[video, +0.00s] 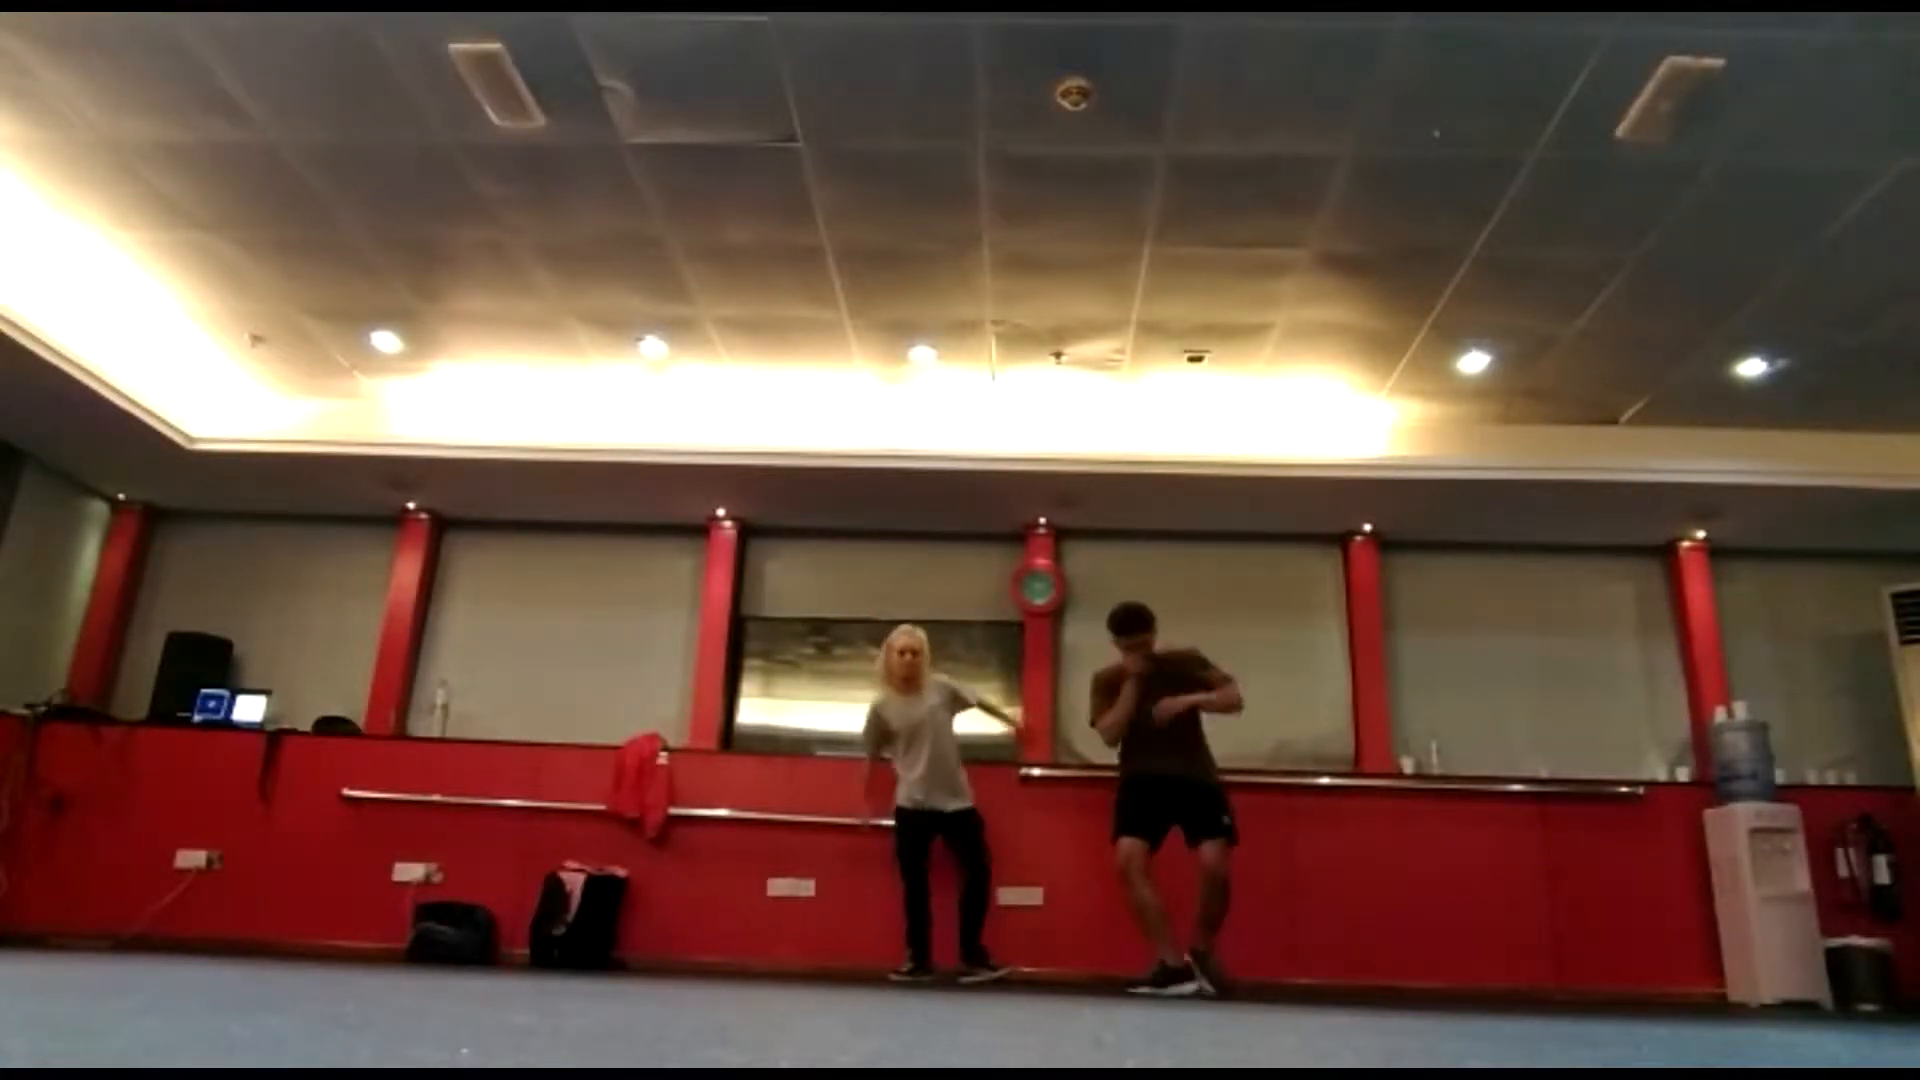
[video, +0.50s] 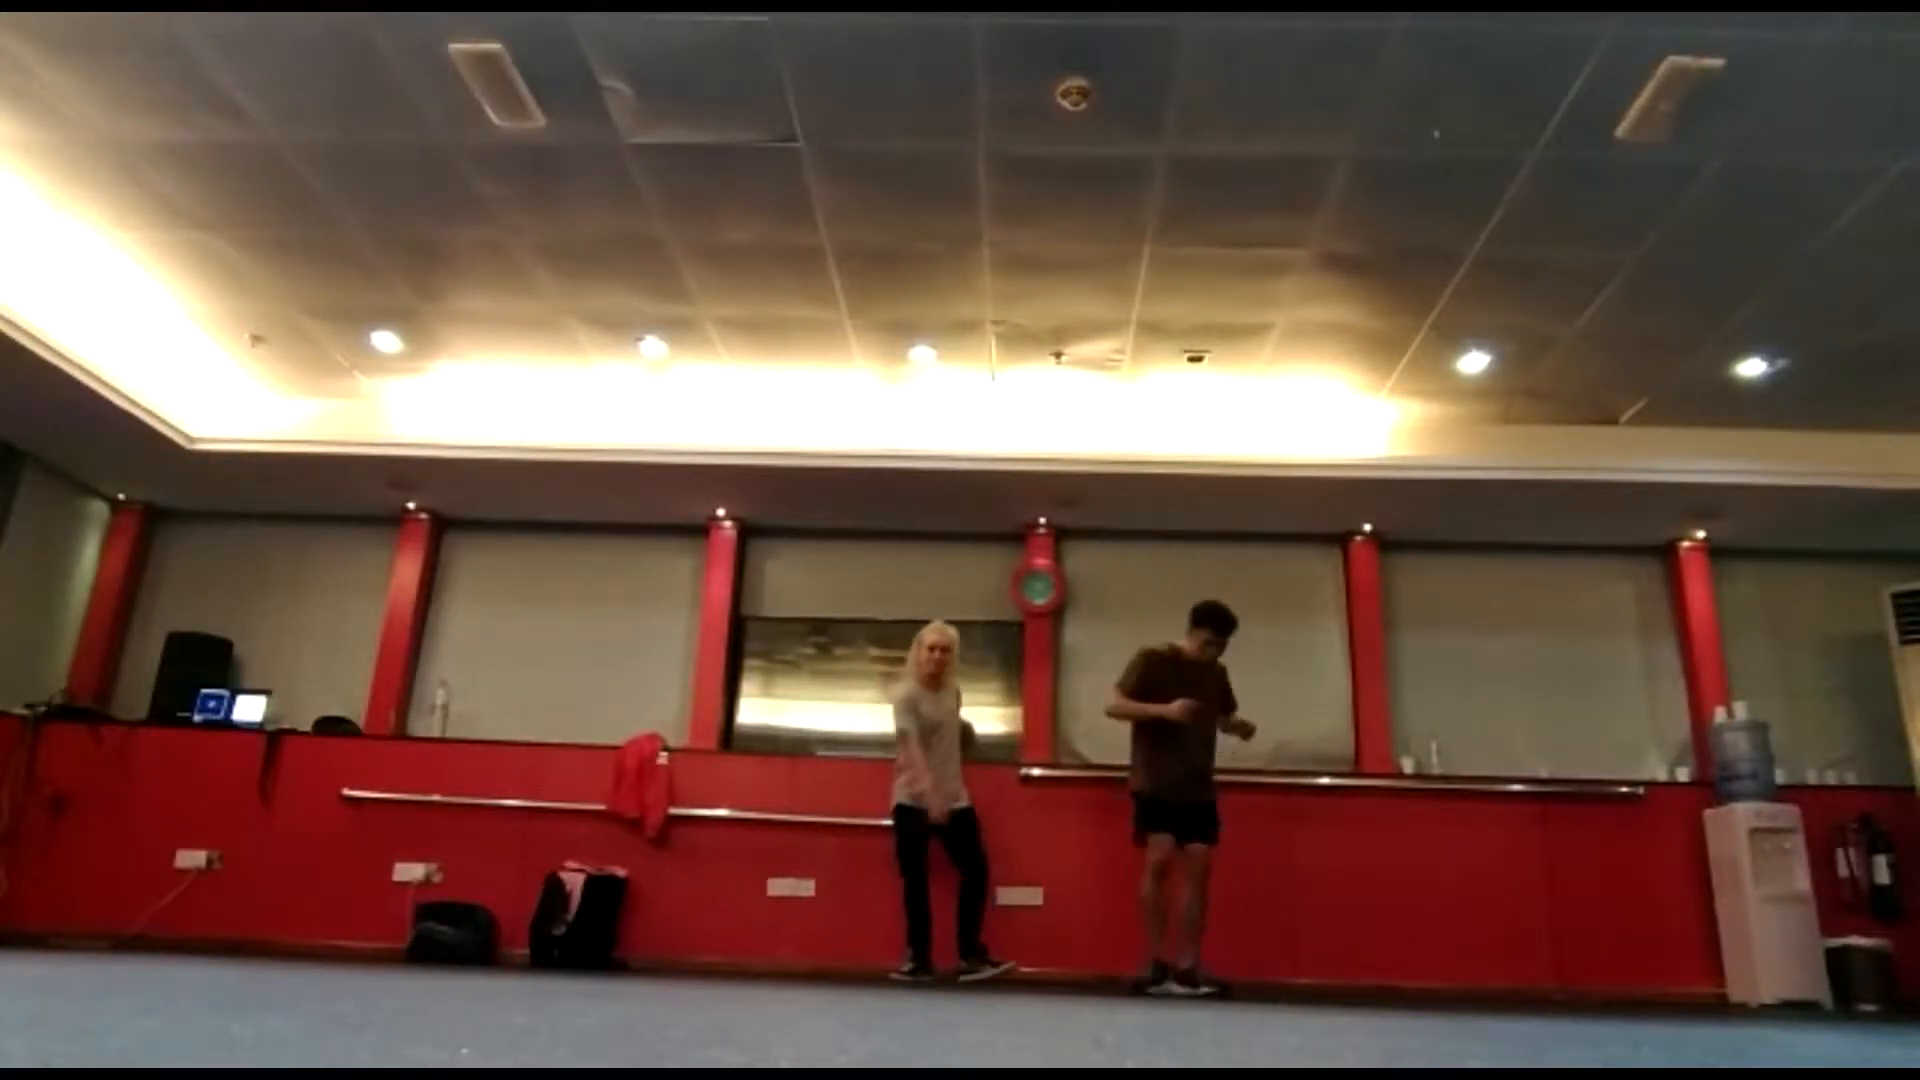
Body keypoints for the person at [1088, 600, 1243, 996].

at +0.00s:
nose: (1137, 655)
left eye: (1142, 645)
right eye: (1128, 647)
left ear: (1153, 637)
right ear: (1117, 644)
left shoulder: (1185, 664)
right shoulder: (1108, 680)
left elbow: (1233, 699)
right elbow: (1108, 733)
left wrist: (1185, 701)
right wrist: (1131, 684)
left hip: (1194, 779)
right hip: (1142, 782)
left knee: (1214, 862)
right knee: (1128, 861)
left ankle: (1203, 955)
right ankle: (1170, 962)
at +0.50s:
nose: (1211, 655)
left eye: (1217, 648)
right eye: (1208, 645)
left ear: (1222, 644)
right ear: (1193, 633)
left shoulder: (1214, 673)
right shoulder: (1151, 662)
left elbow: (1223, 718)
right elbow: (1115, 705)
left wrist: (1238, 727)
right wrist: (1165, 709)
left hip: (1197, 786)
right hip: (1155, 785)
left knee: (1197, 869)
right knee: (1158, 863)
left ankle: (1188, 965)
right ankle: (1155, 961)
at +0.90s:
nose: (1215, 655)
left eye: (1223, 648)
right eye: (1209, 645)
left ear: (1230, 653)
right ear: (1193, 645)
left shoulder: (1228, 703)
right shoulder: (1162, 674)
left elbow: (1226, 763)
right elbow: (1119, 715)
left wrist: (1249, 746)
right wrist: (1161, 719)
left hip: (1199, 795)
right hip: (1155, 790)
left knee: (1215, 877)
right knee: (1156, 860)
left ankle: (1190, 966)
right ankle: (1152, 961)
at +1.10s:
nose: (1185, 632)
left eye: (1192, 623)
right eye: (1177, 623)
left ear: (1207, 627)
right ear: (1167, 628)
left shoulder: (1226, 682)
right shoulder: (1147, 667)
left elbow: (1245, 743)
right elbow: (1111, 704)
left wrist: (1251, 728)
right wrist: (1132, 701)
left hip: (1196, 786)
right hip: (1146, 782)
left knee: (1196, 868)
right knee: (1133, 851)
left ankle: (1189, 966)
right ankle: (1128, 953)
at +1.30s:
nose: (1144, 639)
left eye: (1150, 629)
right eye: (1137, 632)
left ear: (1169, 630)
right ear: (1131, 639)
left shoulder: (1204, 681)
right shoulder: (1135, 684)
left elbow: (1235, 738)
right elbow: (1118, 734)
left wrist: (1247, 728)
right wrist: (1123, 704)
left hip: (1194, 796)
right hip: (1145, 794)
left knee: (1194, 870)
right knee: (1120, 860)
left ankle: (1189, 969)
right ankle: (1120, 963)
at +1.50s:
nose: (1107, 647)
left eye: (1112, 637)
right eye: (1099, 641)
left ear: (1131, 638)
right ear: (1094, 648)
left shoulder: (1173, 677)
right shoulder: (1103, 693)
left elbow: (1220, 719)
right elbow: (1111, 746)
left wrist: (1204, 766)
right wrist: (1110, 765)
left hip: (1179, 790)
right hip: (1132, 792)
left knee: (1188, 867)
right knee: (1110, 858)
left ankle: (1189, 967)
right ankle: (1118, 962)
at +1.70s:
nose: (1097, 633)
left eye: (1102, 622)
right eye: (1089, 626)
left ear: (1120, 624)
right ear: (1082, 634)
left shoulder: (1157, 662)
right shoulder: (1082, 683)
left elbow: (1188, 711)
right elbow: (1075, 742)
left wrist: (1168, 744)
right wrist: (1119, 746)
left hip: (1167, 778)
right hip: (1119, 784)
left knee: (1186, 853)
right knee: (1111, 857)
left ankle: (1186, 958)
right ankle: (1117, 961)